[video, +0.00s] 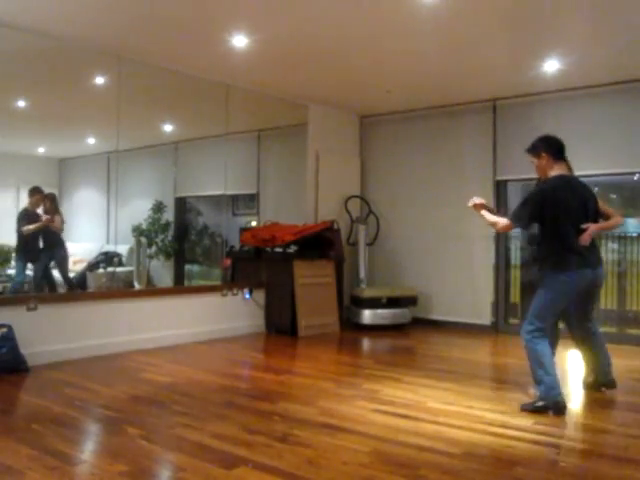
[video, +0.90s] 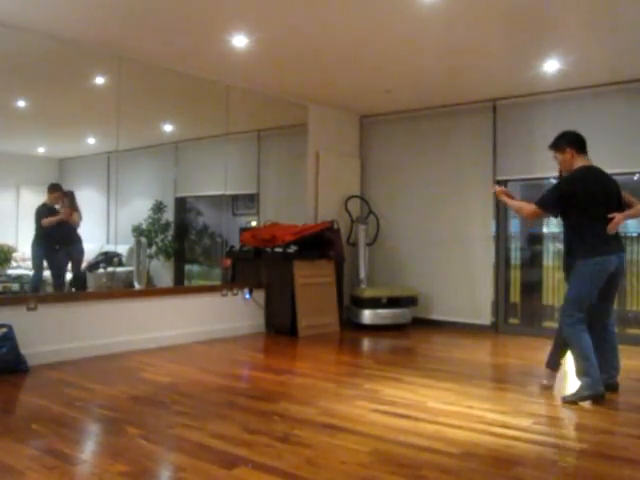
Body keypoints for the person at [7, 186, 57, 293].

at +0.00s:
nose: (40, 202)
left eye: (41, 199)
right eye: (39, 198)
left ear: (41, 199)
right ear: (32, 197)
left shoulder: (37, 215)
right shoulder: (23, 213)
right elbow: (24, 230)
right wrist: (42, 223)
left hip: (35, 249)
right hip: (22, 250)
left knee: (43, 275)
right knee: (19, 278)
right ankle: (11, 303)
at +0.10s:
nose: (48, 202)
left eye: (49, 199)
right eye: (46, 198)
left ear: (46, 199)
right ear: (39, 198)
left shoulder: (46, 216)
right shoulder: (31, 213)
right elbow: (33, 230)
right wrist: (52, 224)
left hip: (41, 250)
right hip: (29, 249)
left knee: (51, 275)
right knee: (23, 277)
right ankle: (10, 299)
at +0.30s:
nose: (58, 201)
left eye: (59, 198)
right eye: (57, 198)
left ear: (58, 198)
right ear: (50, 197)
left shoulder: (54, 214)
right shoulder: (42, 212)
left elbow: (57, 227)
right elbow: (49, 229)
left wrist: (71, 223)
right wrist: (69, 225)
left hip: (48, 250)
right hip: (38, 249)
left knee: (60, 274)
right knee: (30, 276)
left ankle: (63, 298)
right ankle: (11, 295)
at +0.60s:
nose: (63, 199)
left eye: (64, 197)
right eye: (62, 196)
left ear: (63, 197)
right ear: (55, 195)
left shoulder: (59, 212)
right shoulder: (47, 211)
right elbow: (56, 227)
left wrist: (80, 220)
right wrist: (77, 224)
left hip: (52, 247)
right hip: (42, 247)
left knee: (60, 273)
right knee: (39, 274)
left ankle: (60, 298)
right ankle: (25, 295)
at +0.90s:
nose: (58, 199)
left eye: (60, 197)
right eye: (57, 196)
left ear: (60, 196)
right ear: (50, 194)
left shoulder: (56, 210)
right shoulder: (41, 209)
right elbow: (43, 222)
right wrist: (60, 217)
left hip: (52, 244)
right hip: (39, 244)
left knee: (57, 271)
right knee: (38, 271)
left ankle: (59, 295)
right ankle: (33, 296)